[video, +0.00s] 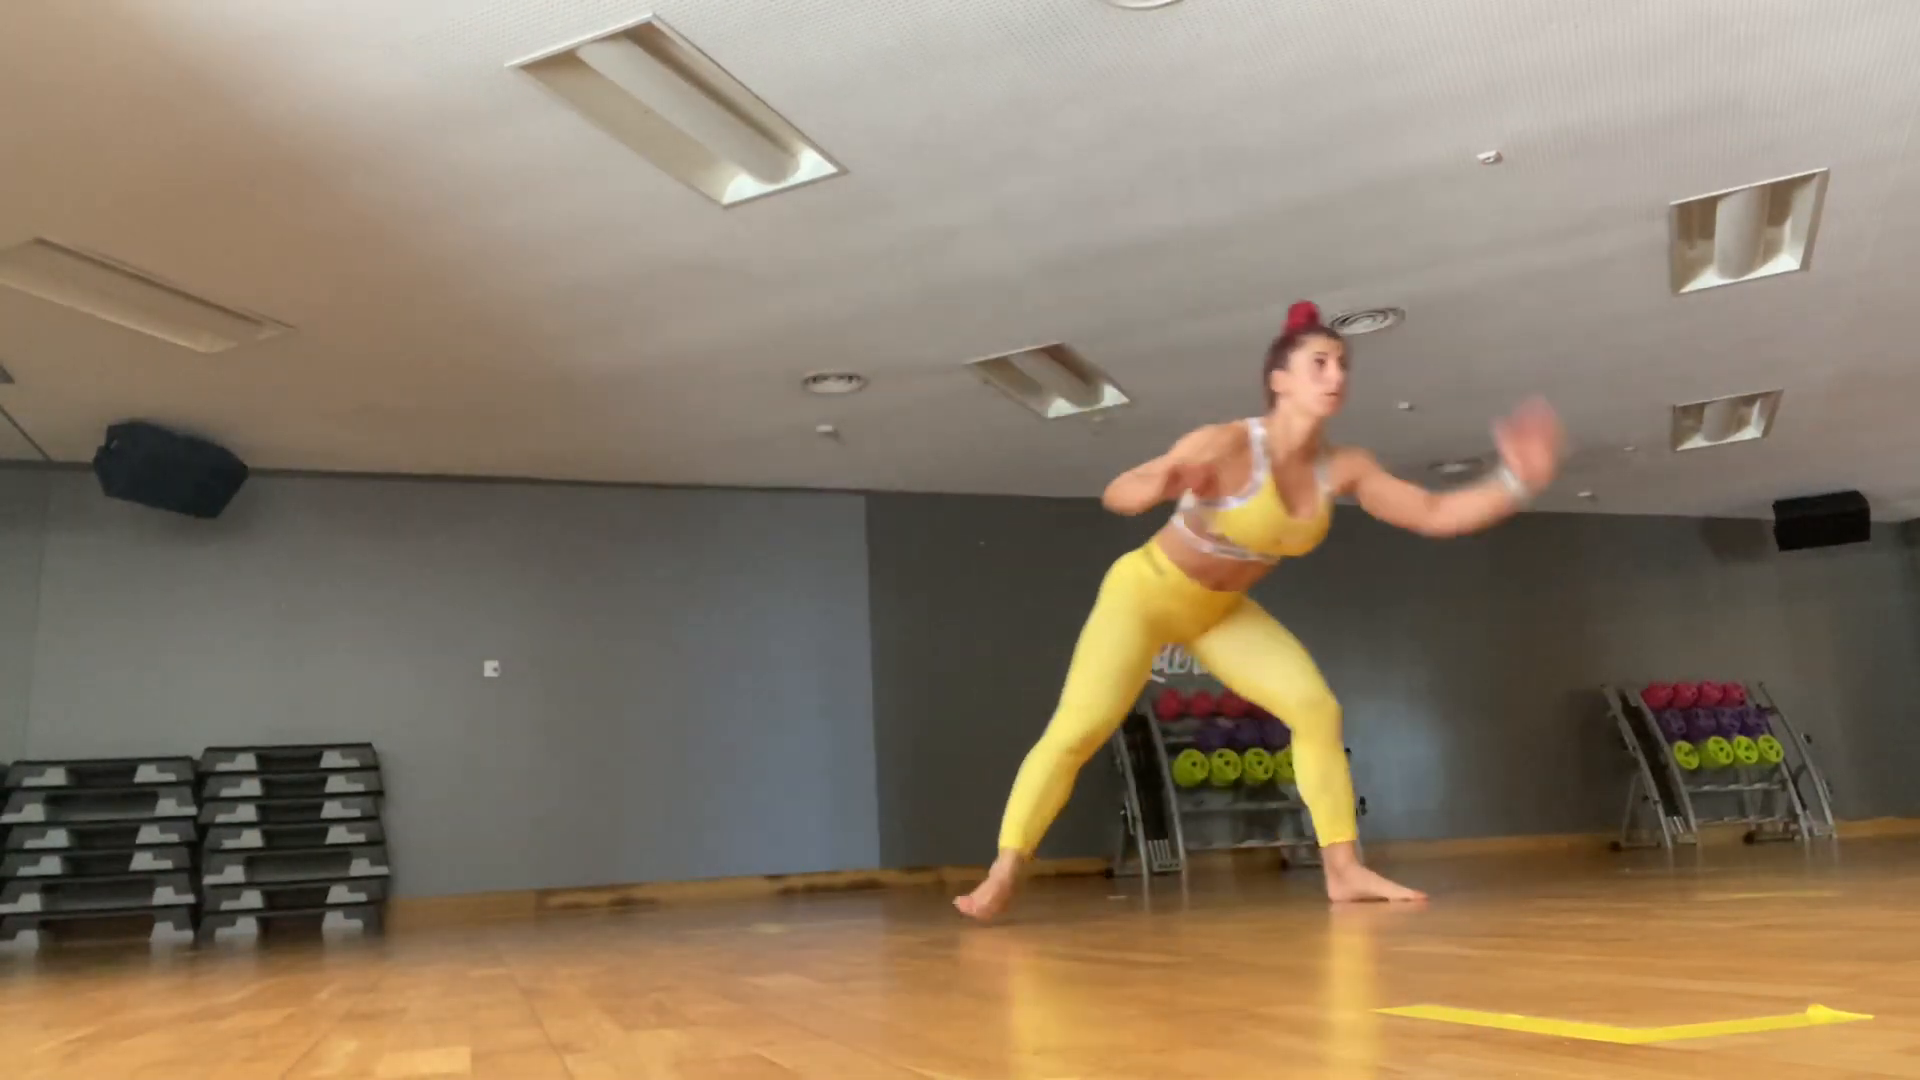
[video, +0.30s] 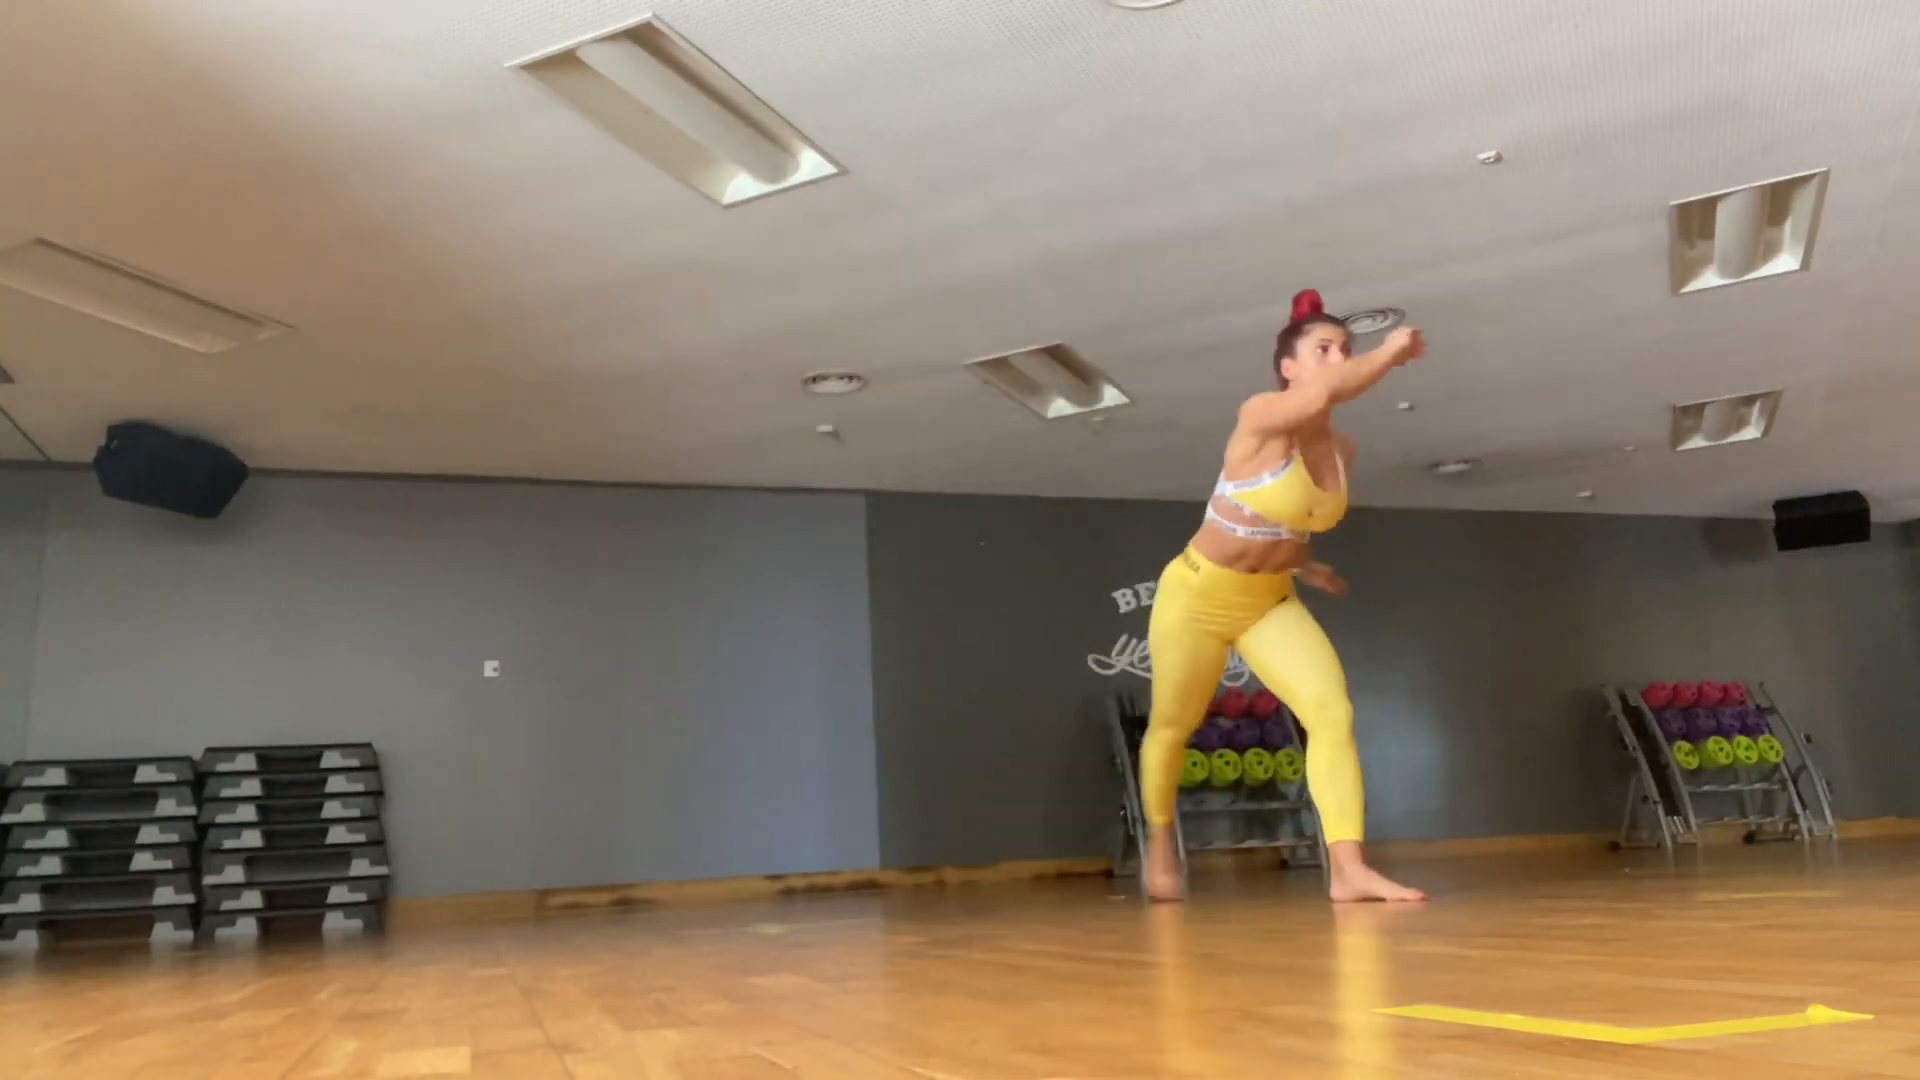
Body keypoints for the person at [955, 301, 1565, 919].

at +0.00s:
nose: (1336, 376)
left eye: (1343, 366)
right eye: (1319, 363)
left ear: (1347, 384)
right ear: (1279, 378)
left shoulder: (1343, 469)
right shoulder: (1222, 446)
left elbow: (1437, 514)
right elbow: (1117, 498)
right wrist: (1164, 482)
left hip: (1226, 612)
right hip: (1147, 594)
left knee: (1314, 708)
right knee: (1080, 728)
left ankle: (1345, 871)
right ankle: (1004, 873)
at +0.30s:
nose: (1342, 358)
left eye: (1346, 349)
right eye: (1326, 348)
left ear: (1349, 358)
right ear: (1287, 366)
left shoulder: (1339, 447)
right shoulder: (1258, 417)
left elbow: (1281, 520)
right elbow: (1327, 391)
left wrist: (1308, 566)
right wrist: (1386, 357)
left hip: (1271, 604)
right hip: (1198, 597)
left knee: (1331, 714)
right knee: (1172, 725)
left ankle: (1348, 870)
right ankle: (1160, 844)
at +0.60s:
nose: (1308, 402)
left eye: (1313, 392)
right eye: (1292, 392)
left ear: (1317, 400)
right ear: (1258, 407)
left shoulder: (1308, 475)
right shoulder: (1230, 456)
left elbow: (1304, 552)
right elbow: (1293, 432)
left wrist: (1342, 604)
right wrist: (1341, 409)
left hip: (1276, 636)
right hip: (1207, 640)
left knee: (1345, 722)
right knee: (1214, 769)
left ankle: (1397, 864)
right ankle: (1210, 859)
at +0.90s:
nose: (1367, 393)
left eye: (1373, 381)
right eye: (1351, 381)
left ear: (1380, 392)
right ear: (1314, 395)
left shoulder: (1370, 463)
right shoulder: (1285, 454)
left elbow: (1416, 551)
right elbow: (1335, 546)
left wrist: (1426, 496)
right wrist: (1420, 502)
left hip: (1276, 612)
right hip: (1202, 603)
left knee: (1353, 714)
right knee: (1156, 757)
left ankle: (1398, 870)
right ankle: (1125, 857)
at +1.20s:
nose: (1118, 414)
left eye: (1124, 400)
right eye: (1104, 406)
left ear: (1149, 403)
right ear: (1086, 424)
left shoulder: (1206, 462)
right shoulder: (1080, 486)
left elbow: (1268, 529)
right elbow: (1113, 466)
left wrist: (1332, 577)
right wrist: (1149, 389)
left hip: (1239, 607)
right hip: (1159, 627)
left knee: (1333, 714)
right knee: (1090, 724)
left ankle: (1386, 862)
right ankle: (1108, 879)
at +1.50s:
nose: (908, 608)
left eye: (897, 598)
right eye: (900, 619)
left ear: (905, 572)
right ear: (912, 630)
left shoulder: (956, 548)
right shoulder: (970, 629)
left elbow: (907, 475)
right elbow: (921, 702)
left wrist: (811, 514)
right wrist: (855, 721)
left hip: (1158, 577)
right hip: (1151, 612)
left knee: (1063, 716)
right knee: (1069, 723)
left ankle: (1081, 877)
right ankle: (1101, 879)